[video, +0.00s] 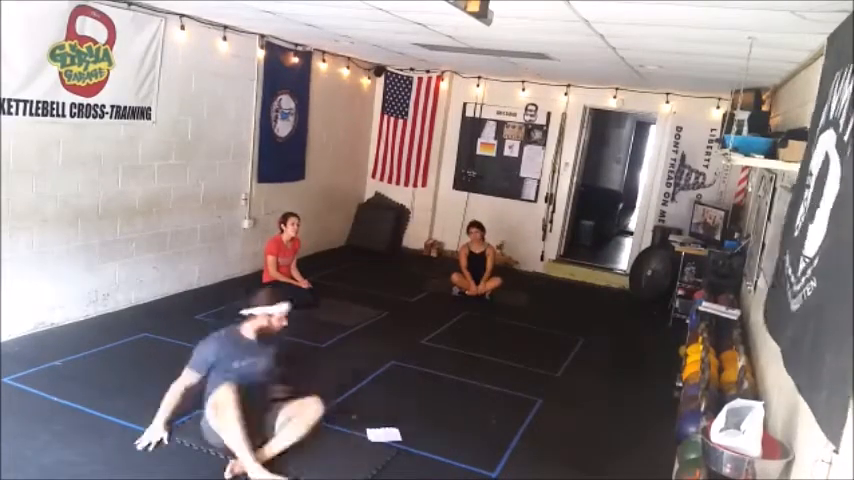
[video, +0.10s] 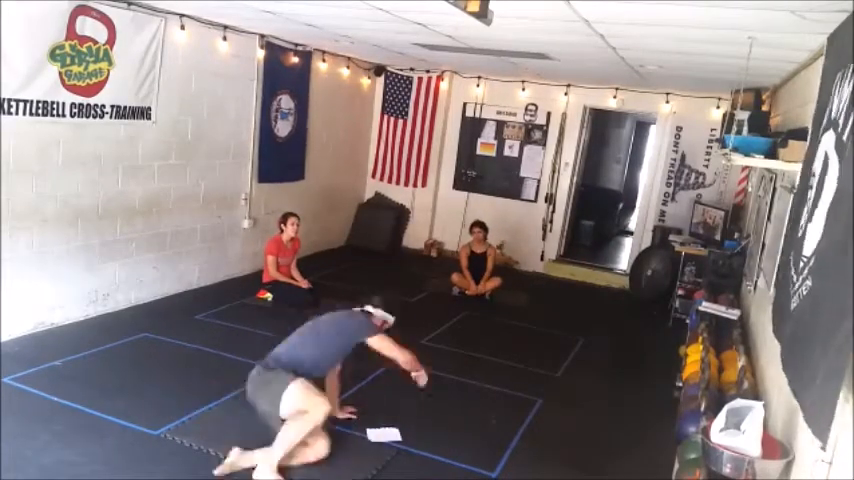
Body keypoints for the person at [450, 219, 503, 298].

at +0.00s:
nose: (474, 235)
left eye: (477, 232)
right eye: (471, 233)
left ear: (482, 234)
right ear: (468, 235)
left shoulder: (489, 249)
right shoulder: (464, 248)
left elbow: (489, 269)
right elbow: (464, 268)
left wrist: (482, 283)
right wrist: (472, 284)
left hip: (483, 276)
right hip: (469, 275)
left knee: (498, 280)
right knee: (454, 276)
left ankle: (467, 293)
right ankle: (481, 293)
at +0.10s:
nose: (476, 235)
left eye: (479, 232)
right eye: (474, 233)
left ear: (485, 233)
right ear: (471, 234)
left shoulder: (490, 250)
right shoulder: (465, 248)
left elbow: (489, 269)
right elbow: (464, 268)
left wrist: (482, 283)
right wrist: (472, 284)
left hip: (483, 276)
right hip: (469, 275)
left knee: (498, 281)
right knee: (454, 277)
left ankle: (467, 292)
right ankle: (482, 293)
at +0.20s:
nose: (475, 236)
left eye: (477, 233)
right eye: (472, 233)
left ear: (483, 234)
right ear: (469, 235)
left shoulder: (490, 250)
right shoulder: (465, 248)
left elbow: (489, 269)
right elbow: (464, 268)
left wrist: (482, 283)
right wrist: (472, 283)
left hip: (483, 276)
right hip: (469, 275)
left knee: (498, 281)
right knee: (454, 277)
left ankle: (467, 292)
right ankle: (481, 293)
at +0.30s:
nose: (475, 236)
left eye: (477, 233)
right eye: (472, 233)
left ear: (483, 234)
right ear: (469, 235)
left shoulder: (490, 250)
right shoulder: (465, 248)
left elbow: (489, 269)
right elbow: (464, 268)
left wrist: (482, 283)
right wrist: (472, 283)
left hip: (483, 276)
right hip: (469, 275)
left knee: (498, 280)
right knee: (454, 277)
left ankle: (467, 292)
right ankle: (481, 293)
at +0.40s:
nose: (474, 236)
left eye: (477, 233)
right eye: (472, 233)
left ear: (483, 234)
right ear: (469, 235)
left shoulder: (490, 250)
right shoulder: (465, 249)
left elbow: (489, 269)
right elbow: (464, 268)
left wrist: (482, 283)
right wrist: (472, 284)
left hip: (483, 276)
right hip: (469, 276)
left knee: (498, 280)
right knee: (454, 276)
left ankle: (468, 292)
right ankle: (481, 293)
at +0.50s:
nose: (475, 236)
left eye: (478, 233)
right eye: (472, 233)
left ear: (483, 234)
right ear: (470, 235)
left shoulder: (490, 249)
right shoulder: (465, 249)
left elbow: (489, 269)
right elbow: (464, 268)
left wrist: (482, 284)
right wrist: (472, 284)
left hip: (483, 276)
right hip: (469, 276)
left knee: (498, 280)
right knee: (454, 276)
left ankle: (468, 292)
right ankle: (481, 293)